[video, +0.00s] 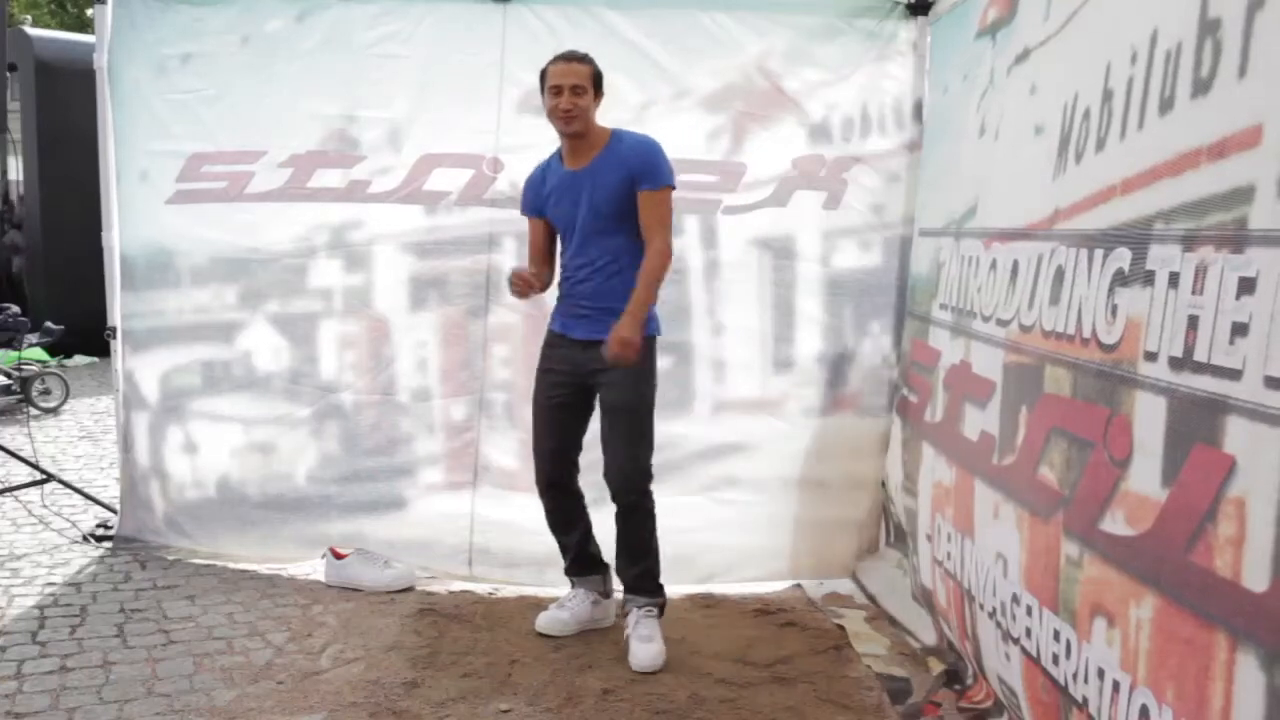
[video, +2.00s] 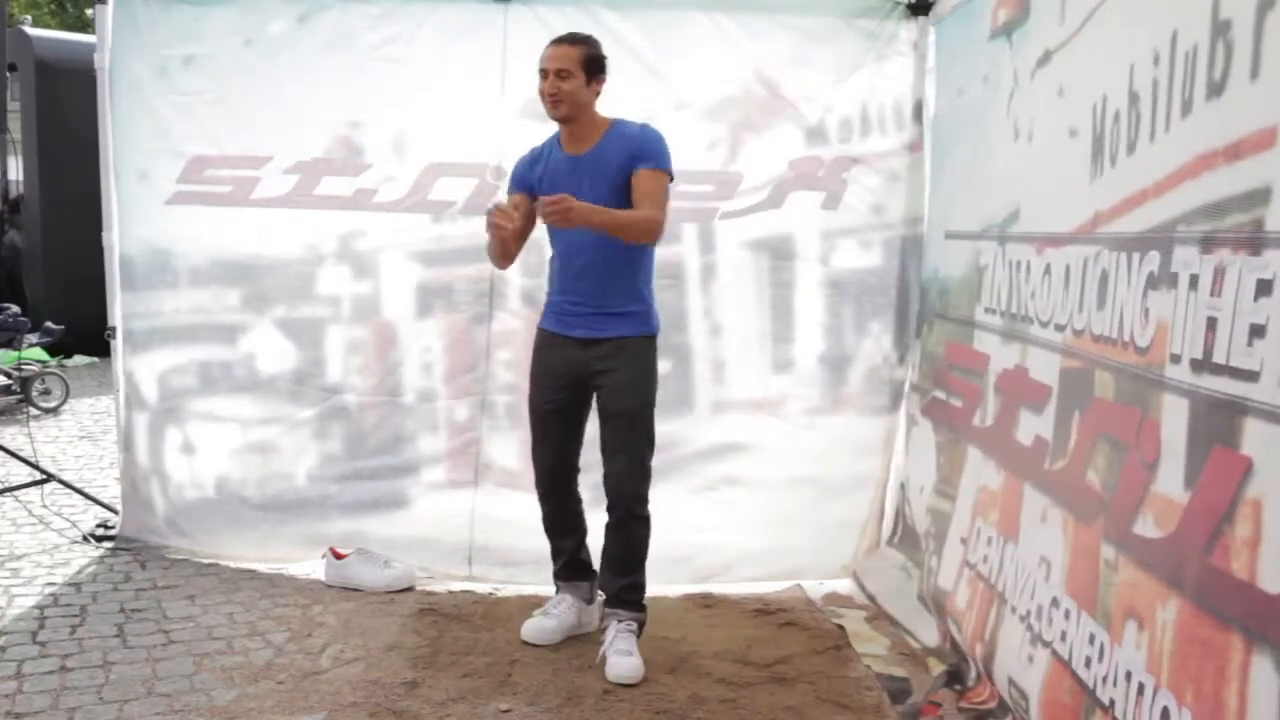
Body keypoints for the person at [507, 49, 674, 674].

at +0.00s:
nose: (566, 102)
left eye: (577, 91)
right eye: (556, 92)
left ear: (597, 99)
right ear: (543, 103)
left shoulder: (639, 155)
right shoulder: (540, 181)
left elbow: (658, 248)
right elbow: (539, 270)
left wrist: (633, 318)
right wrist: (526, 280)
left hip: (625, 344)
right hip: (565, 343)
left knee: (626, 478)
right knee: (554, 475)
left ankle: (644, 608)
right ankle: (591, 589)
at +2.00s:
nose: (548, 86)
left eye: (561, 76)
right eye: (544, 76)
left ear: (594, 84)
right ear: (541, 85)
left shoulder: (640, 142)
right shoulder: (535, 164)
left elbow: (650, 226)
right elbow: (503, 257)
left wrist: (584, 214)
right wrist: (505, 233)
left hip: (627, 340)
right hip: (559, 339)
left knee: (626, 485)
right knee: (553, 476)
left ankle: (625, 621)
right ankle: (576, 591)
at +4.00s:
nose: (583, 99)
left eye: (597, 88)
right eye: (574, 86)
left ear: (623, 92)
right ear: (561, 87)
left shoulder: (650, 176)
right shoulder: (523, 148)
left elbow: (661, 280)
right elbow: (443, 213)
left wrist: (678, 263)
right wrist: (448, 185)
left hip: (609, 349)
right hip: (536, 354)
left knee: (604, 482)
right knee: (554, 499)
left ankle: (611, 622)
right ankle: (590, 610)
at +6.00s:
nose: (525, 79)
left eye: (536, 65)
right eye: (512, 69)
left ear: (563, 64)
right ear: (502, 77)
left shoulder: (616, 120)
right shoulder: (505, 151)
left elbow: (692, 163)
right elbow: (430, 213)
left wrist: (677, 138)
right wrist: (369, 175)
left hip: (605, 341)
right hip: (530, 333)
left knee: (600, 492)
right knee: (478, 465)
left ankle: (589, 629)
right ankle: (515, 561)